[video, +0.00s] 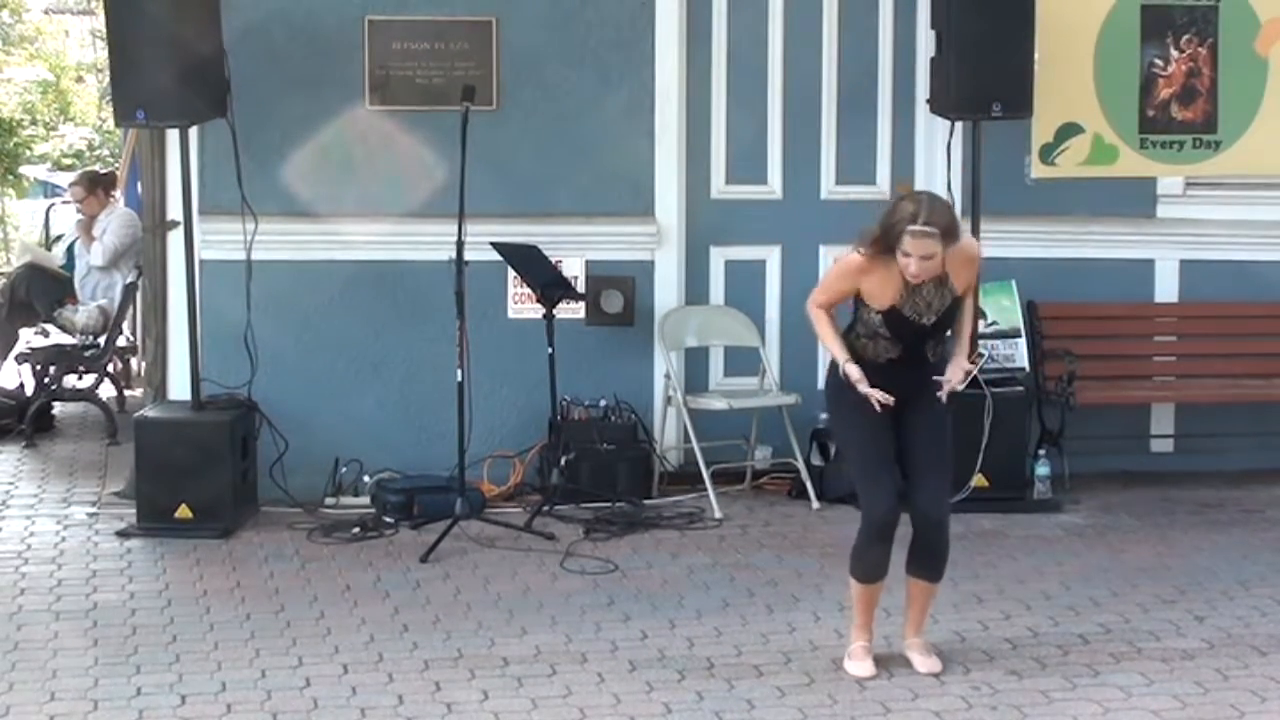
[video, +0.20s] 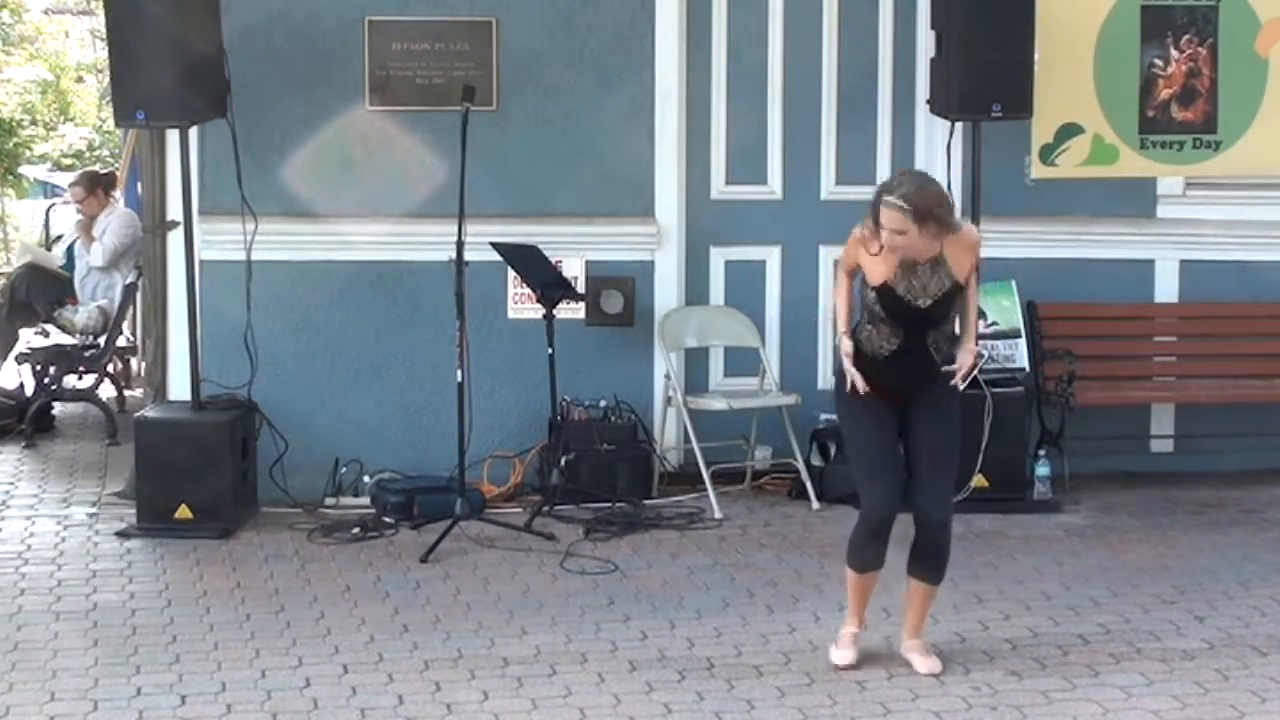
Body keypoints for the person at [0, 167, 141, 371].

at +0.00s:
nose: (77, 208)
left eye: (80, 202)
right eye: (75, 203)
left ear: (100, 194)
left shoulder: (125, 219)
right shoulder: (88, 223)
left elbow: (103, 258)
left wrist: (84, 235)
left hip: (104, 311)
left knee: (30, 274)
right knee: (14, 313)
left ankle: (6, 298)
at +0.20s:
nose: (77, 209)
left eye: (80, 202)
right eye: (75, 204)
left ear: (100, 194)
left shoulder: (125, 219)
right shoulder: (87, 223)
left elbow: (103, 258)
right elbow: (59, 258)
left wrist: (85, 235)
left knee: (29, 275)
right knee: (14, 313)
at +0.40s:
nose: (77, 209)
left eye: (80, 202)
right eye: (75, 204)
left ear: (99, 195)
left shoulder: (125, 219)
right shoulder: (87, 223)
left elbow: (103, 258)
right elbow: (59, 259)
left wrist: (84, 235)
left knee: (29, 275)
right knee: (13, 313)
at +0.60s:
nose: (77, 209)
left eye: (81, 203)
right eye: (75, 204)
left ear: (100, 195)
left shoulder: (125, 220)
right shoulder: (88, 224)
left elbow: (103, 259)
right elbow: (59, 259)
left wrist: (84, 236)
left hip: (104, 310)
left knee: (29, 275)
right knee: (11, 313)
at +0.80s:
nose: (77, 209)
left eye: (80, 203)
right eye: (75, 204)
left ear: (99, 196)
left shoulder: (124, 220)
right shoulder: (88, 223)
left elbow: (104, 259)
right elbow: (60, 259)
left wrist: (85, 236)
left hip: (104, 311)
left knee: (30, 276)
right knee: (12, 314)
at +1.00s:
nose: (78, 210)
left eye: (81, 203)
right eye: (75, 205)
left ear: (100, 196)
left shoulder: (125, 221)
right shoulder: (84, 229)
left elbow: (102, 257)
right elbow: (58, 259)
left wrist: (90, 230)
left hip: (105, 312)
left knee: (30, 276)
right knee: (12, 315)